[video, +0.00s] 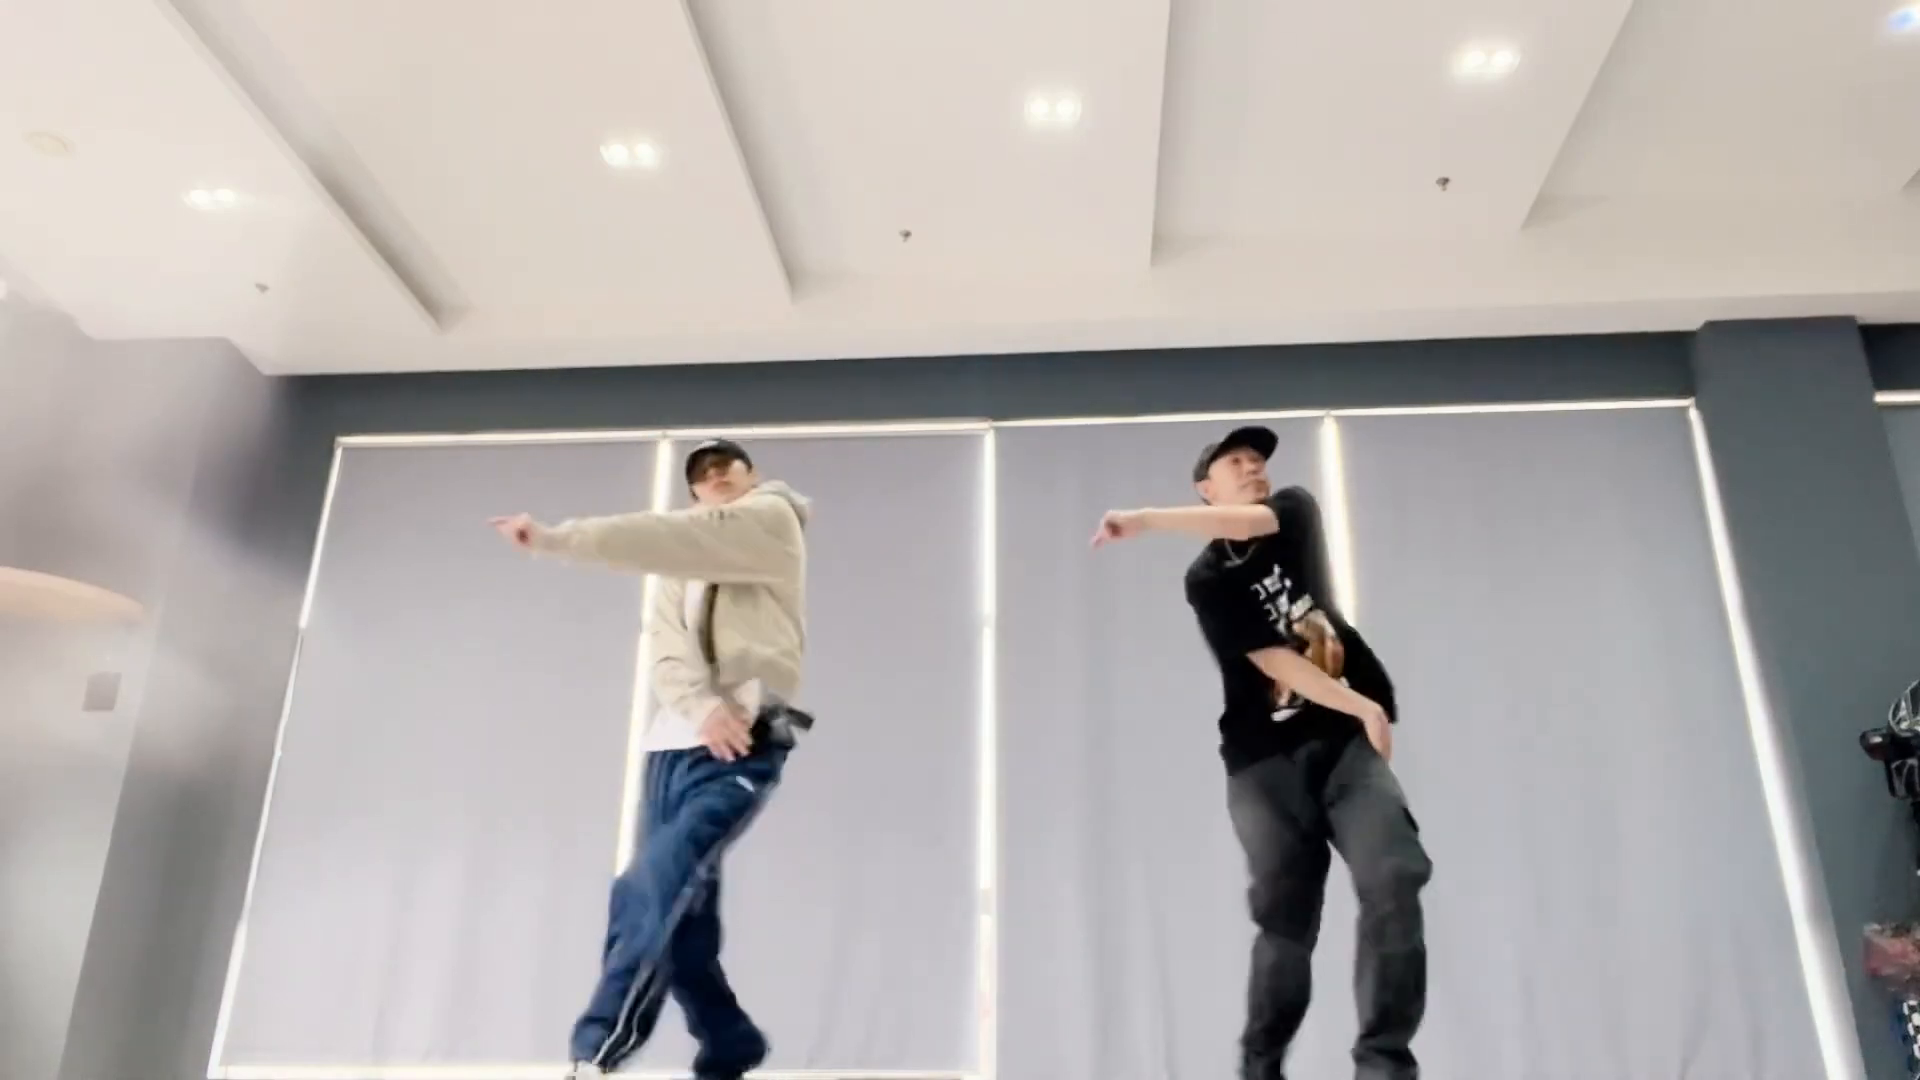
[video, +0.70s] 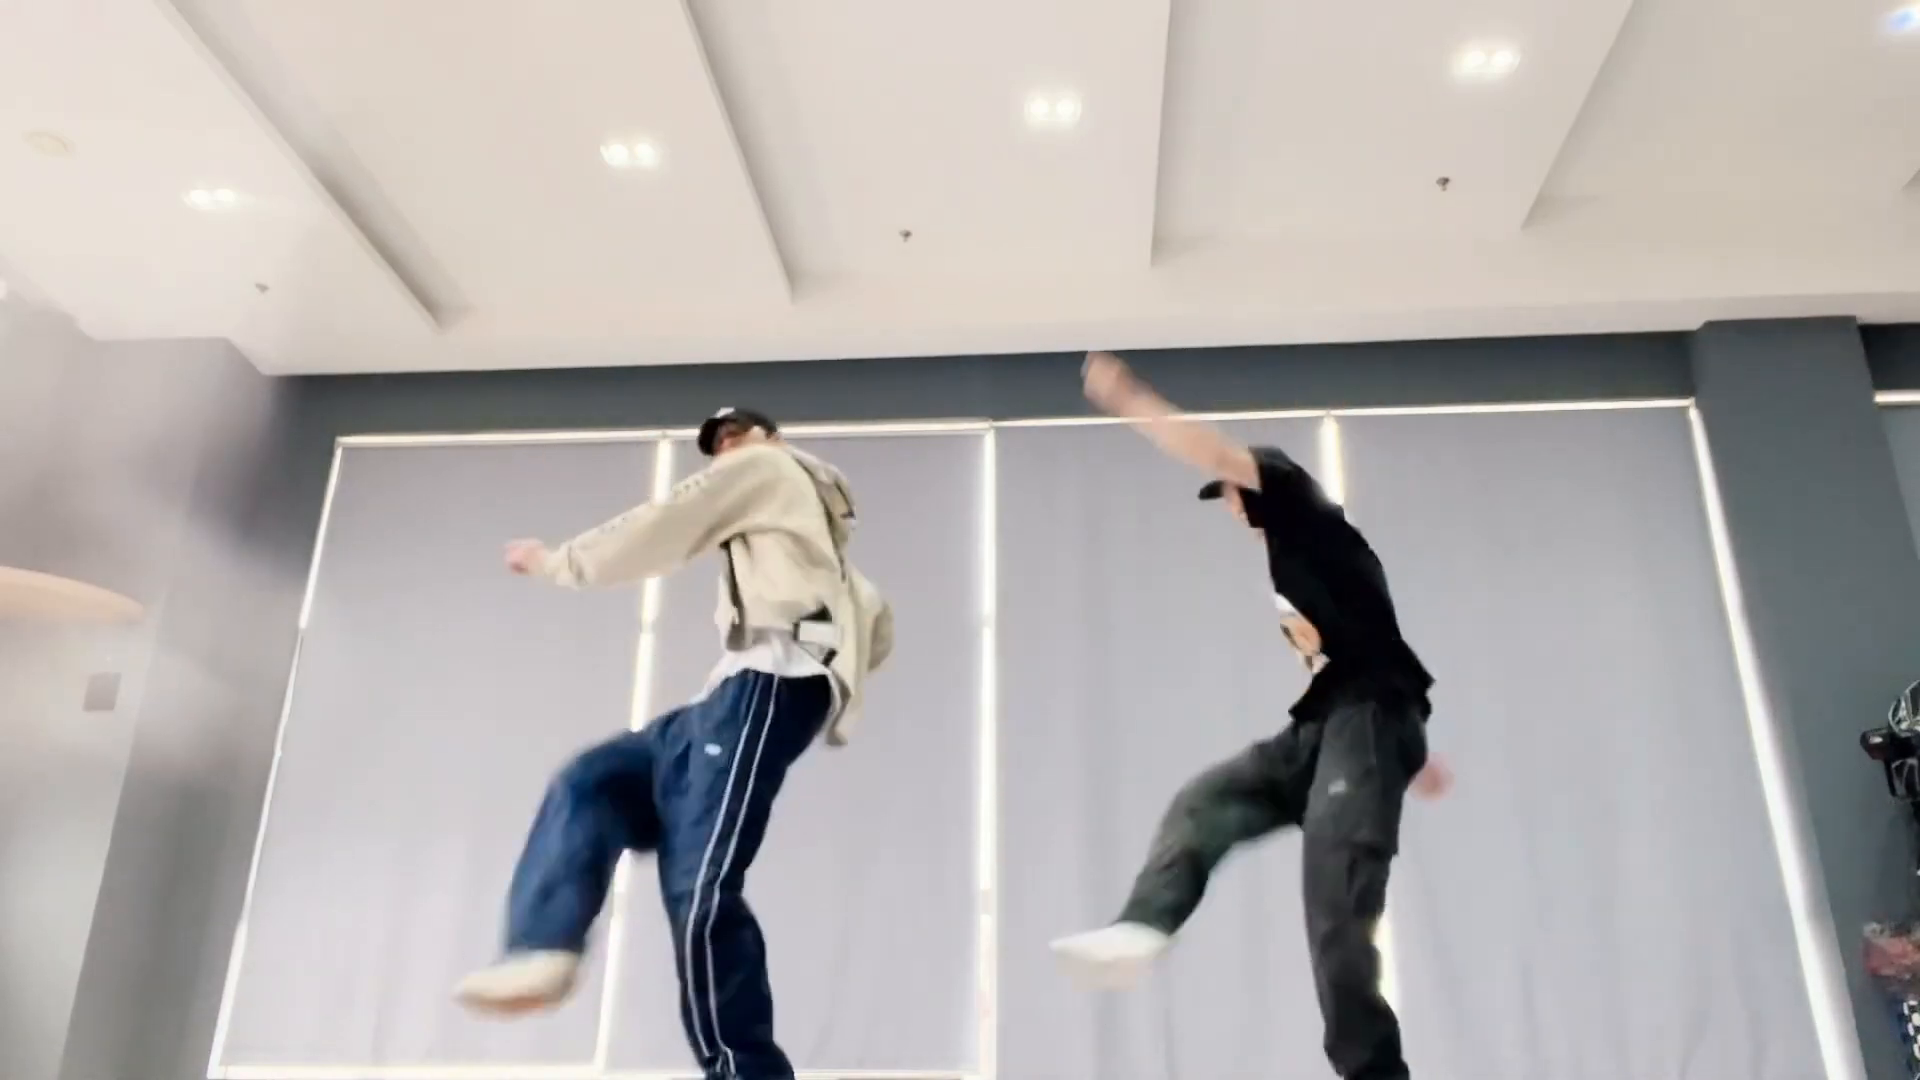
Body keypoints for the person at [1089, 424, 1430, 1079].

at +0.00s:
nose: (1252, 469)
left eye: (1258, 461)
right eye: (1235, 463)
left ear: (1270, 475)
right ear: (1203, 486)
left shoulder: (1297, 511)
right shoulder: (1207, 576)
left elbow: (1248, 523)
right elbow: (1274, 661)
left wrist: (1144, 519)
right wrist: (1362, 706)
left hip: (1344, 738)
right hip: (1263, 756)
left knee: (1395, 873)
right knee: (1285, 910)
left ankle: (1385, 1058)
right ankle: (1261, 1063)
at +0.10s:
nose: (1256, 481)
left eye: (1258, 473)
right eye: (1237, 476)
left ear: (1270, 483)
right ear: (1209, 499)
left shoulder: (1309, 526)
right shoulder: (1208, 586)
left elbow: (1301, 541)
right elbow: (1258, 674)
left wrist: (1208, 516)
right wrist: (1354, 722)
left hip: (1348, 758)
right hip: (1272, 770)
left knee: (1392, 878)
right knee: (1281, 913)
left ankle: (1384, 1062)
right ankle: (1252, 1068)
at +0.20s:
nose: (1242, 481)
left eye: (1247, 469)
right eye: (1225, 478)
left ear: (1265, 477)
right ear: (1211, 502)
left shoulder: (1313, 533)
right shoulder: (1208, 580)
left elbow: (1365, 549)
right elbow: (1227, 675)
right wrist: (1307, 712)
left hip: (1331, 739)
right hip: (1259, 759)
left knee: (1324, 878)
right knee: (1246, 905)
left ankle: (1372, 1061)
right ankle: (1324, 1046)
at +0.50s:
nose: (1226, 500)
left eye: (1235, 483)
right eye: (1215, 497)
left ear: (1270, 484)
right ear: (1215, 514)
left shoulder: (1324, 525)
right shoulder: (1245, 598)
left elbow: (1420, 501)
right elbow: (1272, 696)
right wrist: (1230, 756)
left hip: (1355, 709)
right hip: (1289, 736)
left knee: (1305, 863)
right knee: (1215, 889)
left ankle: (1327, 1067)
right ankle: (1277, 1050)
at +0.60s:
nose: (1235, 519)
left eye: (1241, 502)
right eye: (1225, 515)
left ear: (1274, 490)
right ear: (1232, 529)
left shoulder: (1318, 514)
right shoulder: (1279, 591)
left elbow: (1277, 418)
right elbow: (1296, 687)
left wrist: (1261, 321)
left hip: (1368, 737)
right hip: (1302, 747)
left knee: (1322, 896)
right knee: (1230, 892)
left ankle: (1379, 1071)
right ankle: (1111, 1013)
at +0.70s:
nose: (1233, 511)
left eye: (1234, 495)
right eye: (1227, 499)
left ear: (1260, 484)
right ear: (1250, 500)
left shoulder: (1304, 512)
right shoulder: (1302, 563)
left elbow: (1217, 452)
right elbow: (1355, 658)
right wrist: (1406, 751)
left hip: (1369, 717)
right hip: (1319, 735)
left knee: (1339, 897)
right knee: (1208, 803)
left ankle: (1373, 1069)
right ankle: (1143, 925)